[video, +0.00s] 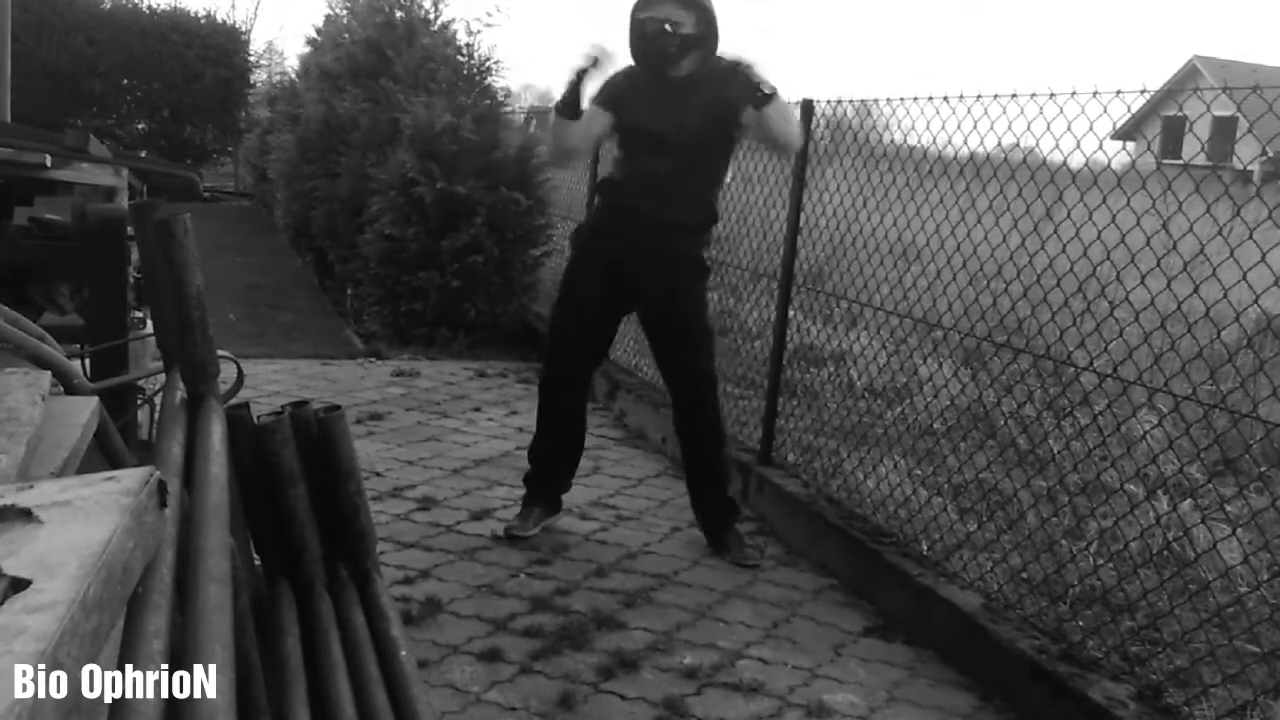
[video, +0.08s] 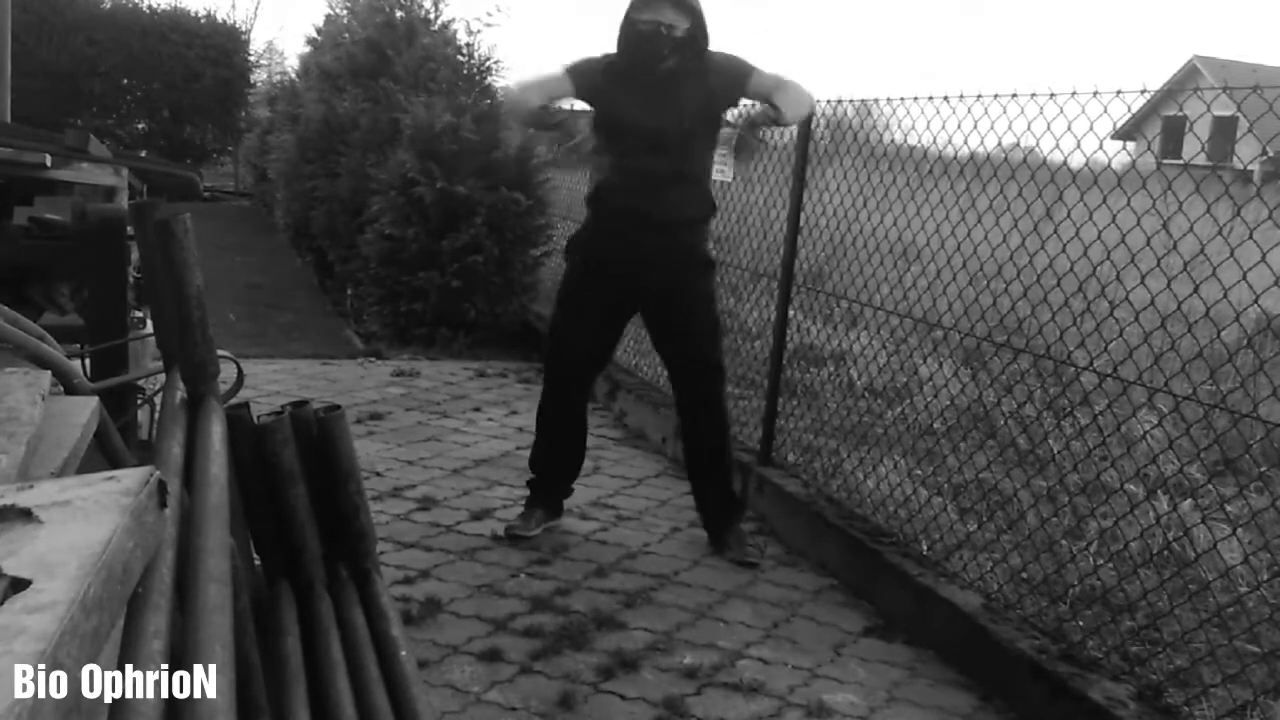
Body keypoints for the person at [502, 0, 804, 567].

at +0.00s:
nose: (661, 35)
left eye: (675, 24)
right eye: (649, 24)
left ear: (701, 33)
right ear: (636, 30)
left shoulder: (727, 84)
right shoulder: (626, 84)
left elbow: (792, 141)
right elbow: (563, 151)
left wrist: (760, 90)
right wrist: (572, 92)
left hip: (675, 259)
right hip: (605, 251)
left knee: (696, 393)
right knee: (563, 373)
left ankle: (720, 524)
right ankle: (541, 498)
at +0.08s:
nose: (658, 38)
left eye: (672, 28)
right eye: (647, 24)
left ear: (693, 32)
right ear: (628, 25)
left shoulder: (717, 75)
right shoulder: (605, 74)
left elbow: (799, 99)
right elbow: (514, 99)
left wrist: (764, 116)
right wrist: (549, 120)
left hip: (681, 257)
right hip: (605, 250)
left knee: (702, 393)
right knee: (565, 378)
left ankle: (724, 525)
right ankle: (544, 502)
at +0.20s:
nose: (657, 41)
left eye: (670, 34)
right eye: (647, 26)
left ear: (684, 39)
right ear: (623, 22)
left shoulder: (695, 76)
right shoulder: (585, 65)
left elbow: (768, 114)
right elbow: (490, 83)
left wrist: (813, 162)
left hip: (683, 257)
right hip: (607, 253)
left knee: (707, 386)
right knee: (571, 379)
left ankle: (728, 521)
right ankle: (546, 500)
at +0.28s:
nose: (649, 47)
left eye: (664, 42)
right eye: (641, 33)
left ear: (673, 51)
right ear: (615, 29)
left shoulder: (678, 101)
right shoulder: (564, 79)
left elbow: (748, 150)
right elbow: (478, 103)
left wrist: (814, 194)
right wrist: (391, 132)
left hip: (687, 262)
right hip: (613, 265)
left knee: (716, 388)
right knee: (579, 392)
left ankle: (733, 518)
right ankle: (545, 505)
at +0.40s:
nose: (649, 52)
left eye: (662, 44)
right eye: (639, 38)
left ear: (673, 47)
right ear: (613, 30)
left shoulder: (681, 100)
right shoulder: (566, 76)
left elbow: (743, 152)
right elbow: (477, 100)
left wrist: (798, 200)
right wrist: (393, 124)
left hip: (685, 260)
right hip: (611, 261)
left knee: (719, 385)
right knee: (578, 389)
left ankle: (736, 520)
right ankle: (545, 505)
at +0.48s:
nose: (641, 35)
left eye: (655, 24)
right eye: (629, 24)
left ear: (673, 31)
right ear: (609, 26)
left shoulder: (692, 80)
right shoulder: (588, 65)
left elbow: (709, 117)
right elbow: (509, 84)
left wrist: (735, 141)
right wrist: (416, 99)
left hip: (686, 253)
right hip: (609, 252)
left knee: (717, 379)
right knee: (574, 377)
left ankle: (733, 517)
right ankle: (545, 502)